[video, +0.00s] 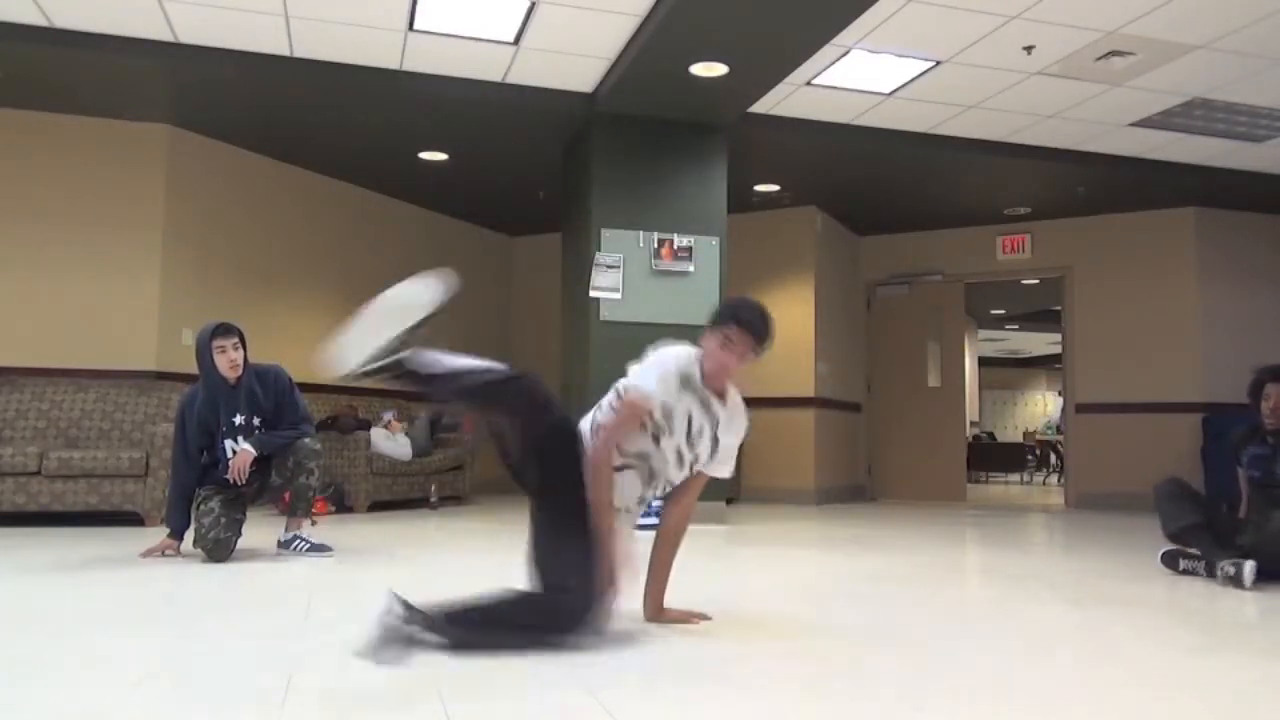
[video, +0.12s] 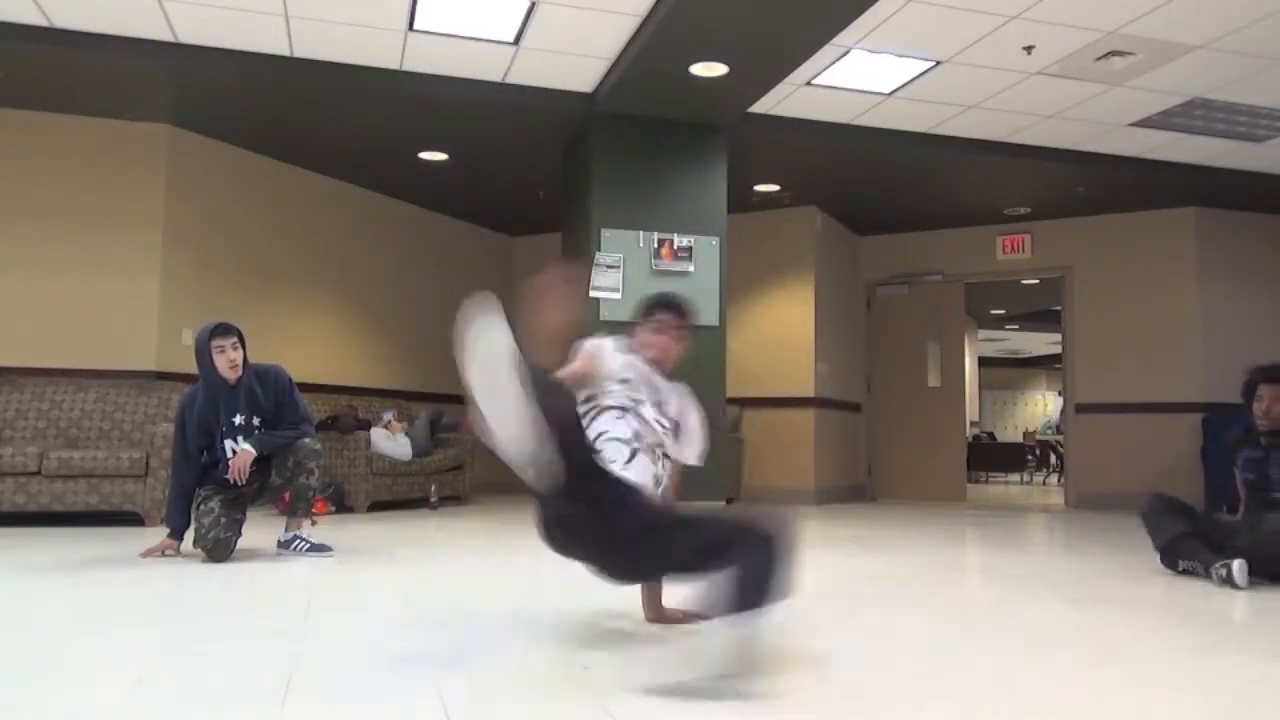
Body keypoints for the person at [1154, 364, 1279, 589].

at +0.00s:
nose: (1272, 407)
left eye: (1278, 400)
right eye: (1267, 399)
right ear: (1257, 403)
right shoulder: (1247, 442)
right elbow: (1245, 498)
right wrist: (1239, 528)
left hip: (1271, 530)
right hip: (1245, 527)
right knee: (1169, 489)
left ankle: (1212, 563)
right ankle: (1223, 560)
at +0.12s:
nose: (1264, 409)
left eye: (1274, 402)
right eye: (1259, 400)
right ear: (1250, 404)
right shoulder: (1244, 445)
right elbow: (1245, 500)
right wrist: (1238, 523)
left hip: (1270, 533)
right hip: (1242, 529)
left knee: (1273, 526)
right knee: (1157, 504)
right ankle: (1212, 565)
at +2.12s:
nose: (1253, 417)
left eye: (1264, 408)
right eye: (1248, 408)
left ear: (1279, 412)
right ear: (1240, 411)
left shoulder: (1275, 452)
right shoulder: (1239, 450)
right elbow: (1243, 500)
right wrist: (1238, 530)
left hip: (1271, 536)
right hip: (1239, 533)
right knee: (1145, 514)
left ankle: (1198, 562)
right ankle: (1210, 566)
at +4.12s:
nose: (1249, 420)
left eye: (1260, 412)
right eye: (1244, 411)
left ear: (1276, 415)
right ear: (1236, 414)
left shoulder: (1276, 451)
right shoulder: (1233, 449)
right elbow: (1241, 500)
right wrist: (1236, 531)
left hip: (1271, 536)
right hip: (1238, 533)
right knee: (1144, 514)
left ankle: (1198, 563)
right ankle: (1209, 566)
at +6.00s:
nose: (1250, 422)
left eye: (1261, 413)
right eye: (1244, 412)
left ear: (1277, 416)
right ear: (1237, 415)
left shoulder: (1275, 452)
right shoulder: (1235, 450)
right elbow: (1242, 501)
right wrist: (1236, 531)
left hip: (1271, 537)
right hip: (1239, 534)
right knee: (1144, 514)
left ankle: (1197, 562)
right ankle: (1210, 566)